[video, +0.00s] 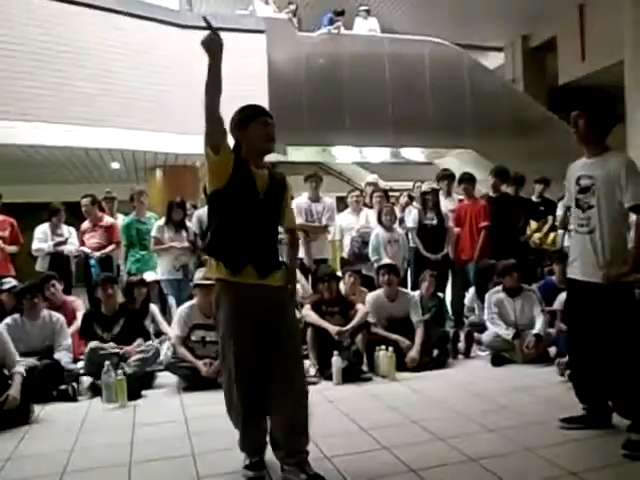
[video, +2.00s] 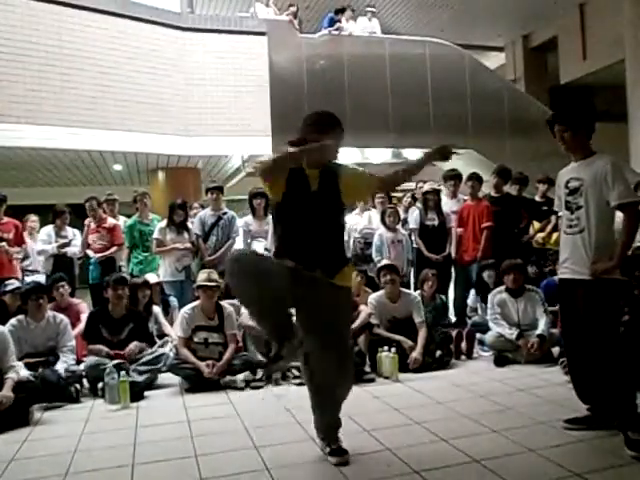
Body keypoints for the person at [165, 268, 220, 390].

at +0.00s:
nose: (208, 294)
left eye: (211, 289)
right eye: (203, 289)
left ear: (217, 291)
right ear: (195, 292)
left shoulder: (224, 311)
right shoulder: (185, 311)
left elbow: (231, 342)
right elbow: (177, 344)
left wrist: (219, 363)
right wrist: (198, 363)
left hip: (217, 359)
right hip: (193, 357)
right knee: (171, 364)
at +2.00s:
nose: (210, 293)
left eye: (213, 289)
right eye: (205, 290)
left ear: (219, 291)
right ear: (197, 292)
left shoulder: (227, 312)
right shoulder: (187, 313)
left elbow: (232, 343)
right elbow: (181, 347)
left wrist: (221, 365)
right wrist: (201, 365)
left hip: (221, 359)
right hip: (197, 359)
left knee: (248, 360)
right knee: (173, 365)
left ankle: (199, 383)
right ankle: (222, 382)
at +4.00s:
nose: (208, 293)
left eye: (211, 289)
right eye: (203, 290)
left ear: (217, 291)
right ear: (196, 293)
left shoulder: (227, 311)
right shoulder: (186, 313)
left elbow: (232, 343)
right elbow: (181, 346)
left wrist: (220, 365)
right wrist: (201, 365)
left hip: (221, 357)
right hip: (196, 358)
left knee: (245, 360)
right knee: (173, 364)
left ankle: (197, 383)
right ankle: (221, 382)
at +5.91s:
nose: (210, 296)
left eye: (213, 292)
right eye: (206, 293)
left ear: (220, 293)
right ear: (200, 295)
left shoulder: (229, 314)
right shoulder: (191, 315)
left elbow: (237, 344)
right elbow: (183, 349)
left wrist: (225, 367)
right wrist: (204, 367)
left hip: (225, 360)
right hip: (200, 361)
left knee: (247, 367)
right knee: (177, 367)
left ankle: (200, 386)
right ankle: (225, 384)